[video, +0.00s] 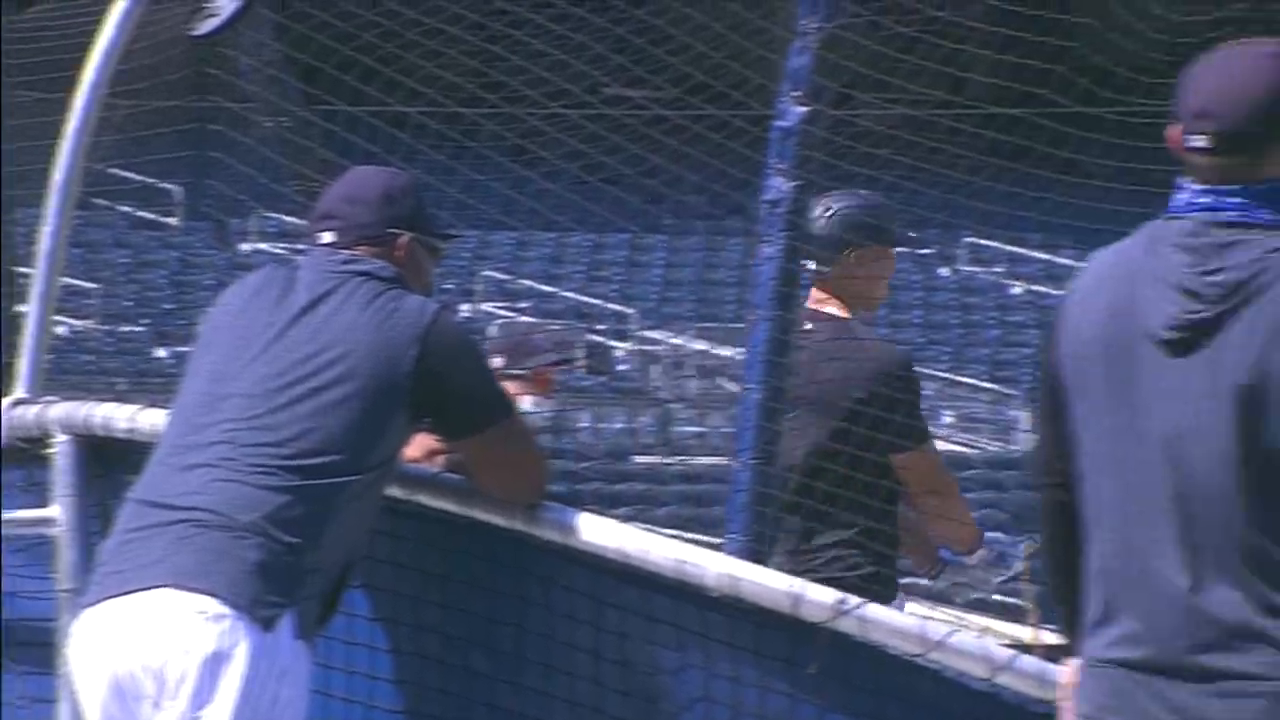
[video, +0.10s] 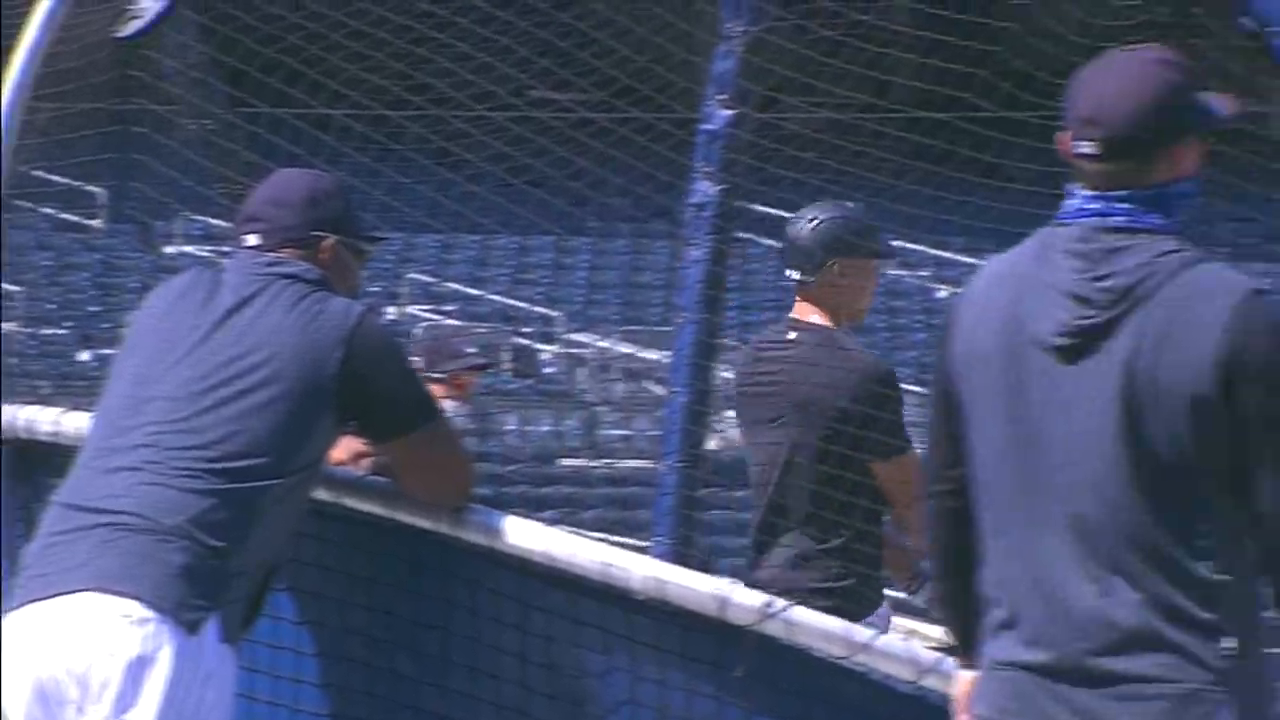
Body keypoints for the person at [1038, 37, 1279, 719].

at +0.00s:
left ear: (1175, 140)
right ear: (1279, 147)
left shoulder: (1097, 284)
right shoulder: (1271, 284)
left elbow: (1057, 479)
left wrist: (1078, 635)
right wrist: (1079, 638)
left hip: (1123, 683)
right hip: (1258, 687)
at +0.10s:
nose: (1206, 156)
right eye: (1204, 142)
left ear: (1067, 149)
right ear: (1187, 161)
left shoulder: (983, 296)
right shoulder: (1234, 313)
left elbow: (950, 493)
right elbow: (1263, 520)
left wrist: (973, 652)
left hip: (1015, 685)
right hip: (1178, 691)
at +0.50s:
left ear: (655, 178)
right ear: (777, 166)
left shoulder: (599, 324)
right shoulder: (864, 311)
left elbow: (568, 532)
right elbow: (926, 506)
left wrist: (620, 664)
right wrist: (944, 672)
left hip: (654, 689)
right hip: (824, 685)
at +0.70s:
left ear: (523, 179)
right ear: (646, 170)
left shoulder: (463, 328)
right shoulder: (732, 319)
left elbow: (413, 530)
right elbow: (781, 524)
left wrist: (422, 688)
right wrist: (738, 652)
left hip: (520, 694)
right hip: (694, 692)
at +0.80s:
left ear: (467, 178)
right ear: (591, 176)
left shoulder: (401, 329)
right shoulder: (670, 323)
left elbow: (345, 529)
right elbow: (709, 521)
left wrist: (332, 691)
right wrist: (674, 627)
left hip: (456, 695)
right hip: (633, 693)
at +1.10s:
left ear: (292, 177)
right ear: (417, 190)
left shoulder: (224, 338)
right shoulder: (496, 336)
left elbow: (162, 547)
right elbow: (531, 534)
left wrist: (146, 697)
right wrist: (477, 650)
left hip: (287, 692)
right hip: (458, 693)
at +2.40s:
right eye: (314, 113)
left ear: (185, 140)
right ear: (307, 132)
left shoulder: (120, 292)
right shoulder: (394, 282)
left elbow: (90, 496)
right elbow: (455, 476)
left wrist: (140, 637)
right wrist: (468, 633)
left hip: (182, 682)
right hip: (364, 680)